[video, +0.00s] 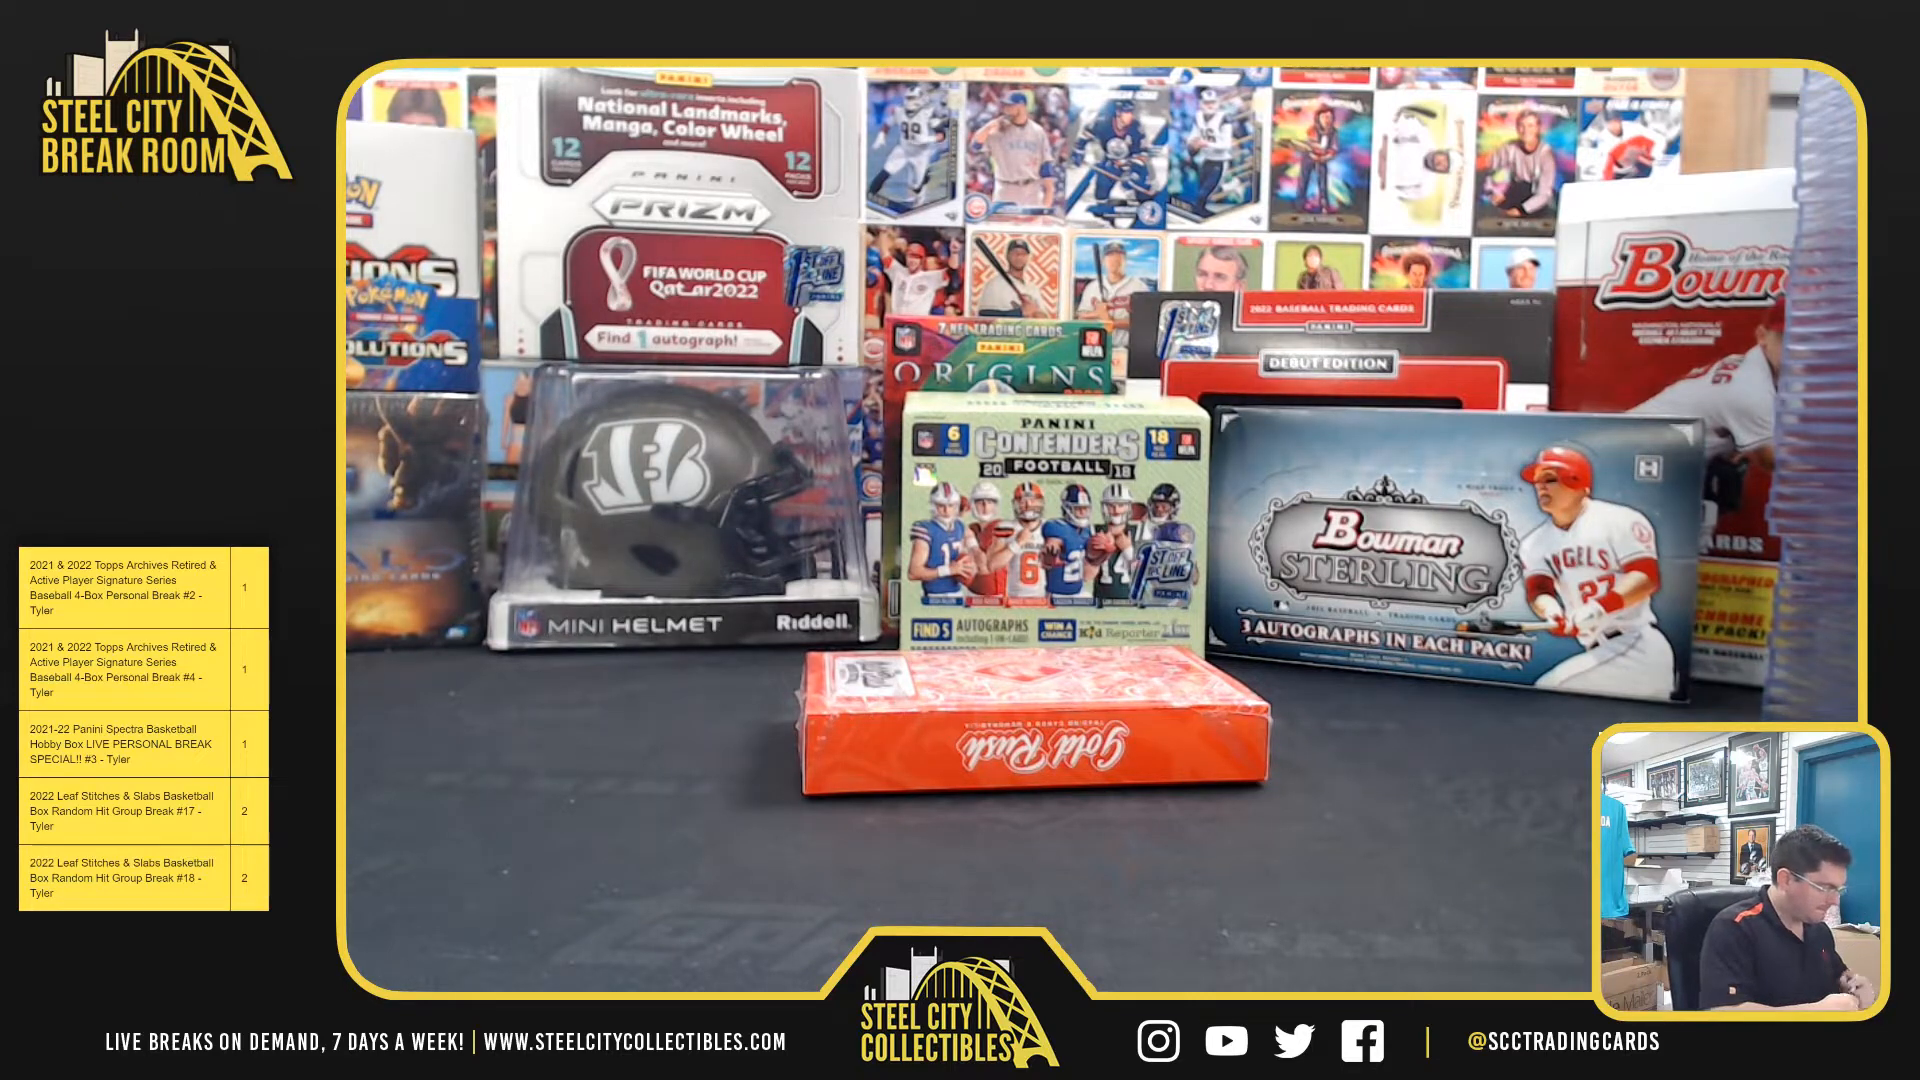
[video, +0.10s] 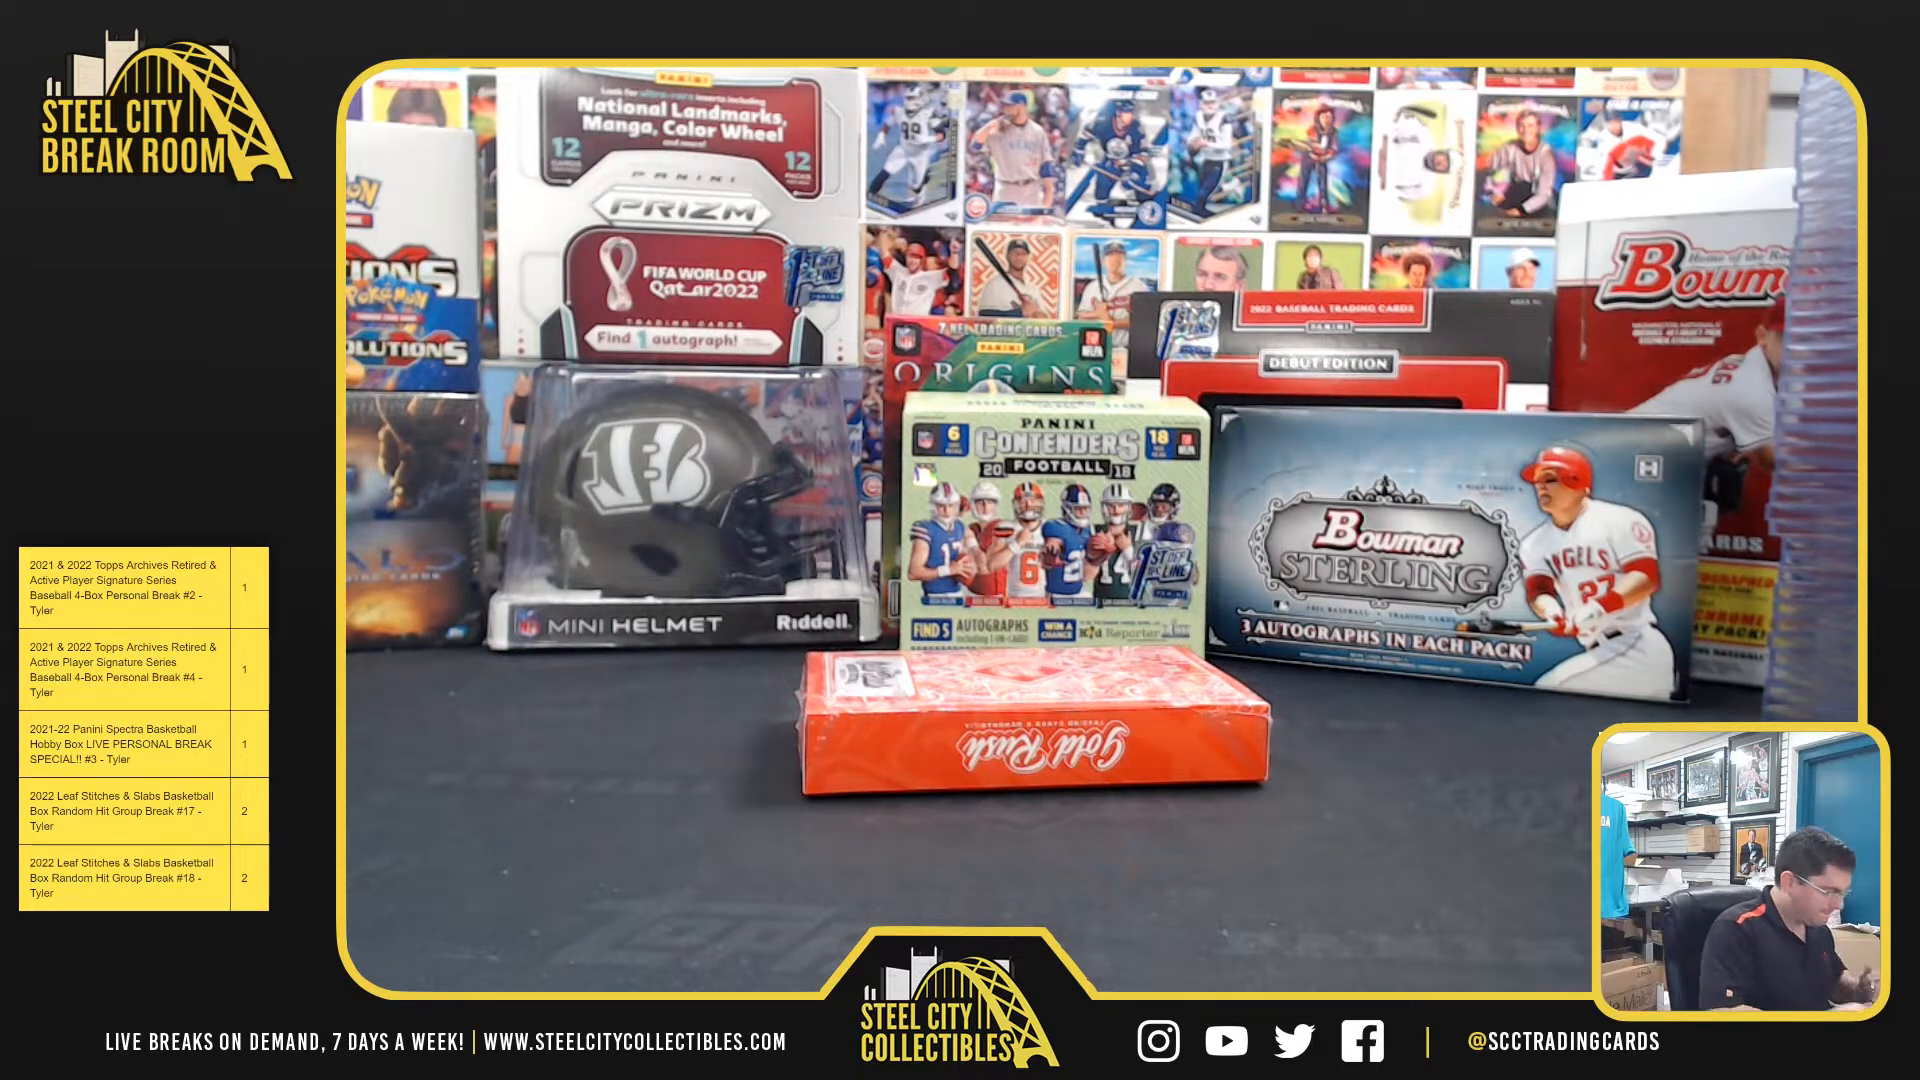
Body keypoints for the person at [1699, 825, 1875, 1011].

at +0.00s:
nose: (1834, 901)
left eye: (1838, 890)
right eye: (1825, 888)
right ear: (1785, 879)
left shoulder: (1817, 927)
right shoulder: (1731, 927)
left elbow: (1838, 974)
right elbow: (1724, 1010)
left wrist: (1858, 987)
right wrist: (1819, 1010)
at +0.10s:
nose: (1839, 905)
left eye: (1843, 894)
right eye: (1829, 892)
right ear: (1789, 882)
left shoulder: (1816, 926)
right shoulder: (1733, 928)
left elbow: (1832, 982)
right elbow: (1721, 1010)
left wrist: (1861, 988)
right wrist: (1826, 1017)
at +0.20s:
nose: (1845, 909)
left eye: (1848, 898)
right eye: (1835, 897)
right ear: (1794, 884)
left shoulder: (1815, 924)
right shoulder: (1738, 931)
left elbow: (1833, 979)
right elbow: (1723, 1017)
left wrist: (1866, 993)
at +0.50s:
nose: (1863, 921)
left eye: (1868, 910)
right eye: (1855, 909)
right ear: (1813, 893)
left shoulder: (1826, 926)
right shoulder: (1748, 935)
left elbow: (1847, 988)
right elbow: (1730, 1020)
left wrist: (1885, 1001)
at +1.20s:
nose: (1877, 939)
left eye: (1879, 928)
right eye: (1873, 927)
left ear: (1830, 909)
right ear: (1832, 910)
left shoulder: (1836, 935)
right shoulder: (1760, 942)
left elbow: (1860, 992)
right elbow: (1744, 1022)